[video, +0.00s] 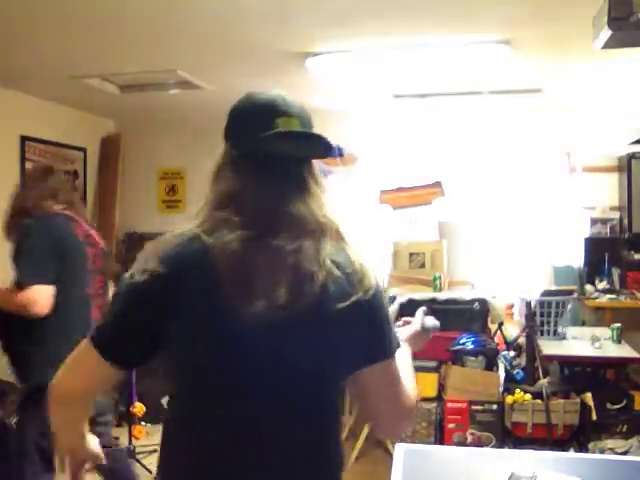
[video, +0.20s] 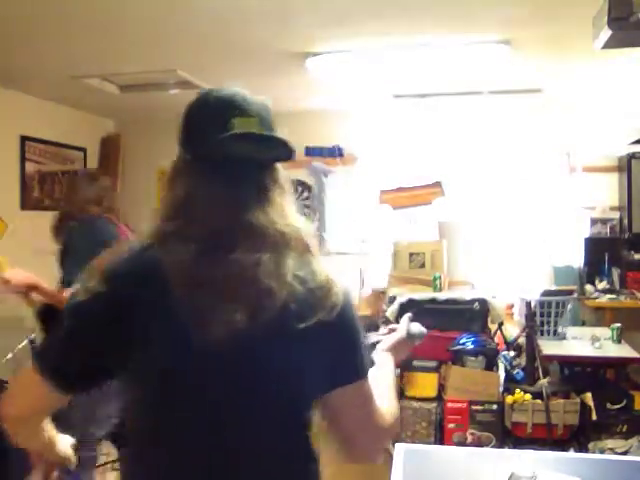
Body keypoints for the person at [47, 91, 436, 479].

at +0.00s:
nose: (318, 177)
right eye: (313, 167)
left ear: (228, 169)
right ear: (309, 175)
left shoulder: (178, 264)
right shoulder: (345, 276)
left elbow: (67, 392)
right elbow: (393, 420)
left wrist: (76, 450)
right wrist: (396, 347)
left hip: (195, 469)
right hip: (307, 470)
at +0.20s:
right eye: (274, 171)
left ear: (182, 176)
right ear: (273, 180)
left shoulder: (135, 278)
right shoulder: (311, 290)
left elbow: (19, 409)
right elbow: (365, 444)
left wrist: (52, 449)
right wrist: (385, 359)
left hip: (160, 470)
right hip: (278, 470)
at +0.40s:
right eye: (237, 161)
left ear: (139, 170)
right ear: (238, 173)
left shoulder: (78, 287)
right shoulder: (282, 294)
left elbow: (0, 410)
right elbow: (341, 464)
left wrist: (18, 463)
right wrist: (372, 376)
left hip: (112, 473)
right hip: (246, 475)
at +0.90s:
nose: (269, 183)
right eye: (264, 170)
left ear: (167, 171)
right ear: (259, 175)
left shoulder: (99, 280)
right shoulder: (290, 294)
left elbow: (8, 405)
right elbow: (349, 464)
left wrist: (61, 416)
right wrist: (395, 369)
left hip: (120, 472)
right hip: (249, 471)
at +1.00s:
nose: (285, 191)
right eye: (282, 180)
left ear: (184, 179)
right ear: (276, 184)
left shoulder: (126, 287)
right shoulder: (308, 301)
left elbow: (18, 385)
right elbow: (361, 466)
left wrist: (83, 394)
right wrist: (407, 369)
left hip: (142, 473)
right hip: (265, 473)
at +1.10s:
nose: (307, 187)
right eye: (301, 175)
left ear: (204, 179)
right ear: (294, 182)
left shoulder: (152, 284)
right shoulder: (324, 300)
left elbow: (48, 373)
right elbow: (371, 463)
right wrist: (418, 369)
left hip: (164, 472)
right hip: (282, 474)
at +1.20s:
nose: (318, 187)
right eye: (313, 174)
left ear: (216, 181)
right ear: (304, 184)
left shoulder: (165, 279)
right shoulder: (332, 296)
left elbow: (67, 360)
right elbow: (381, 458)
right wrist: (426, 363)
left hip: (173, 473)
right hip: (292, 473)